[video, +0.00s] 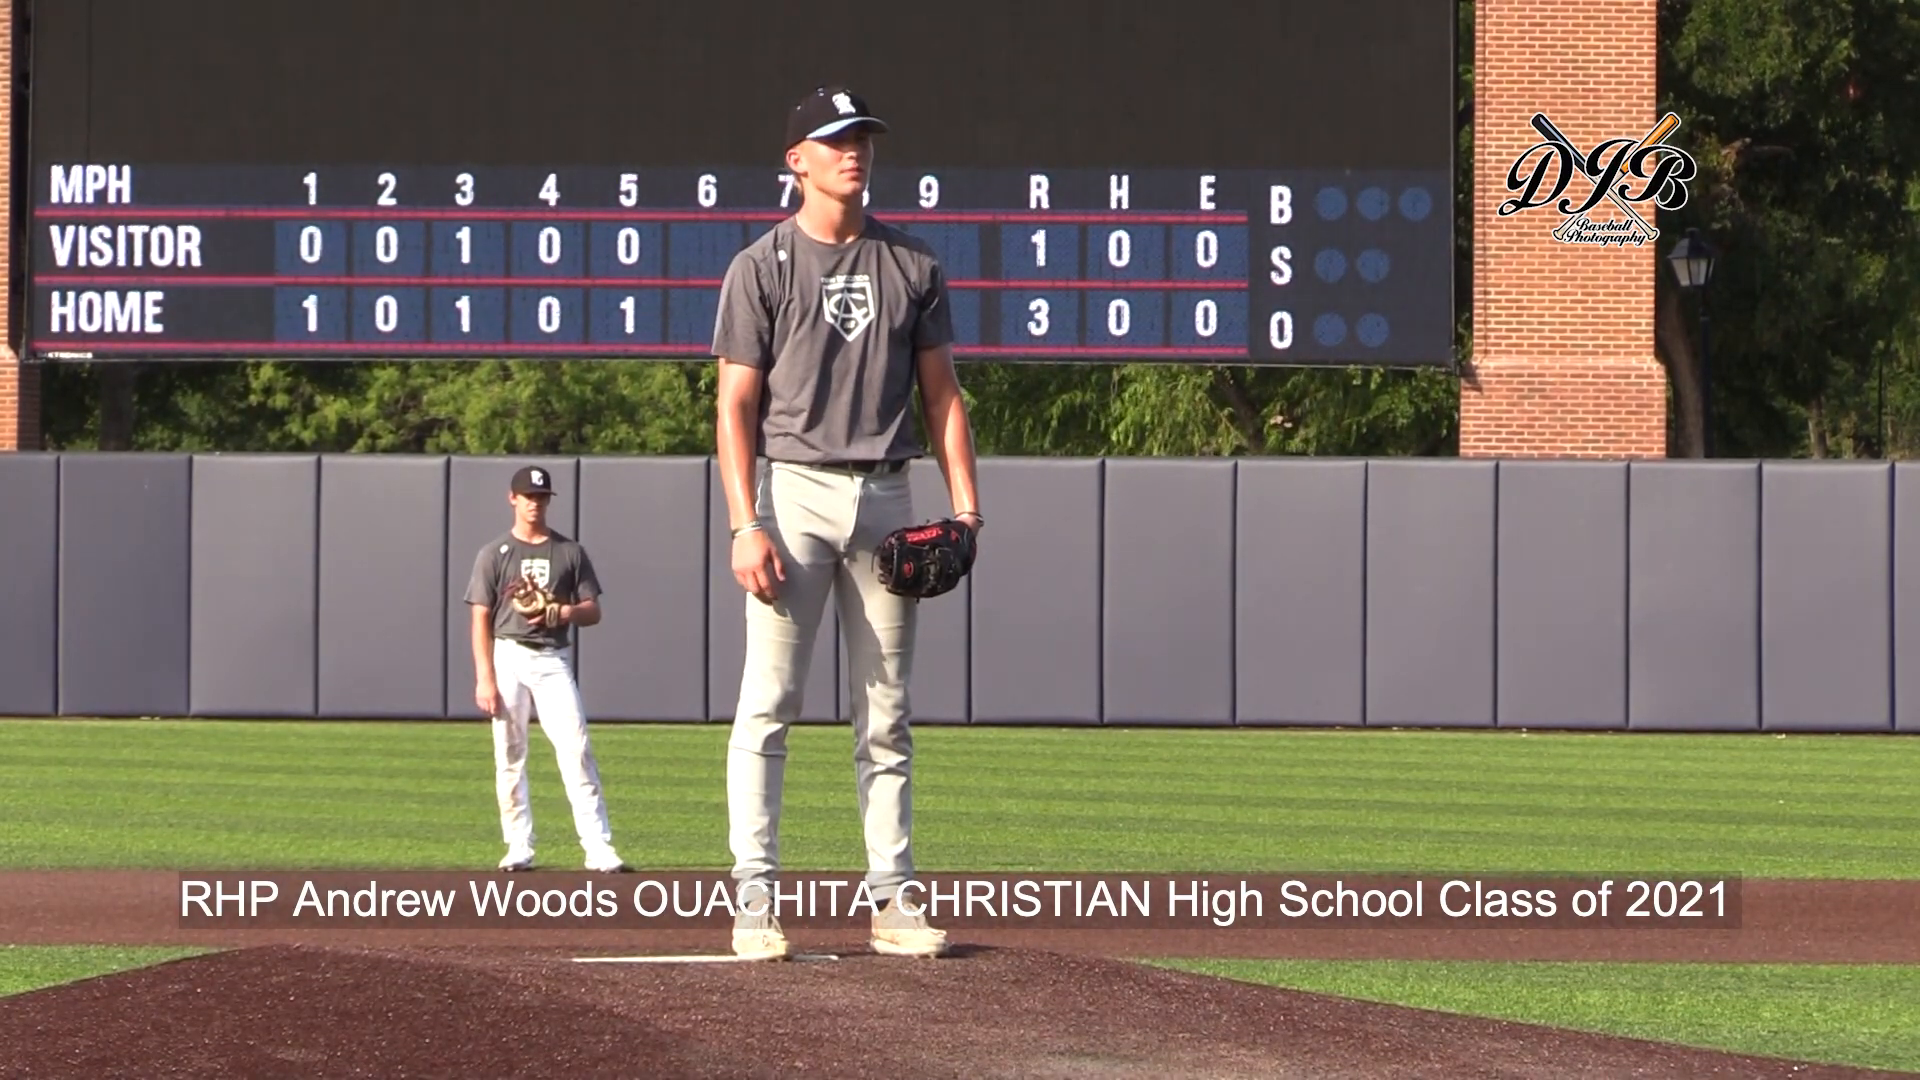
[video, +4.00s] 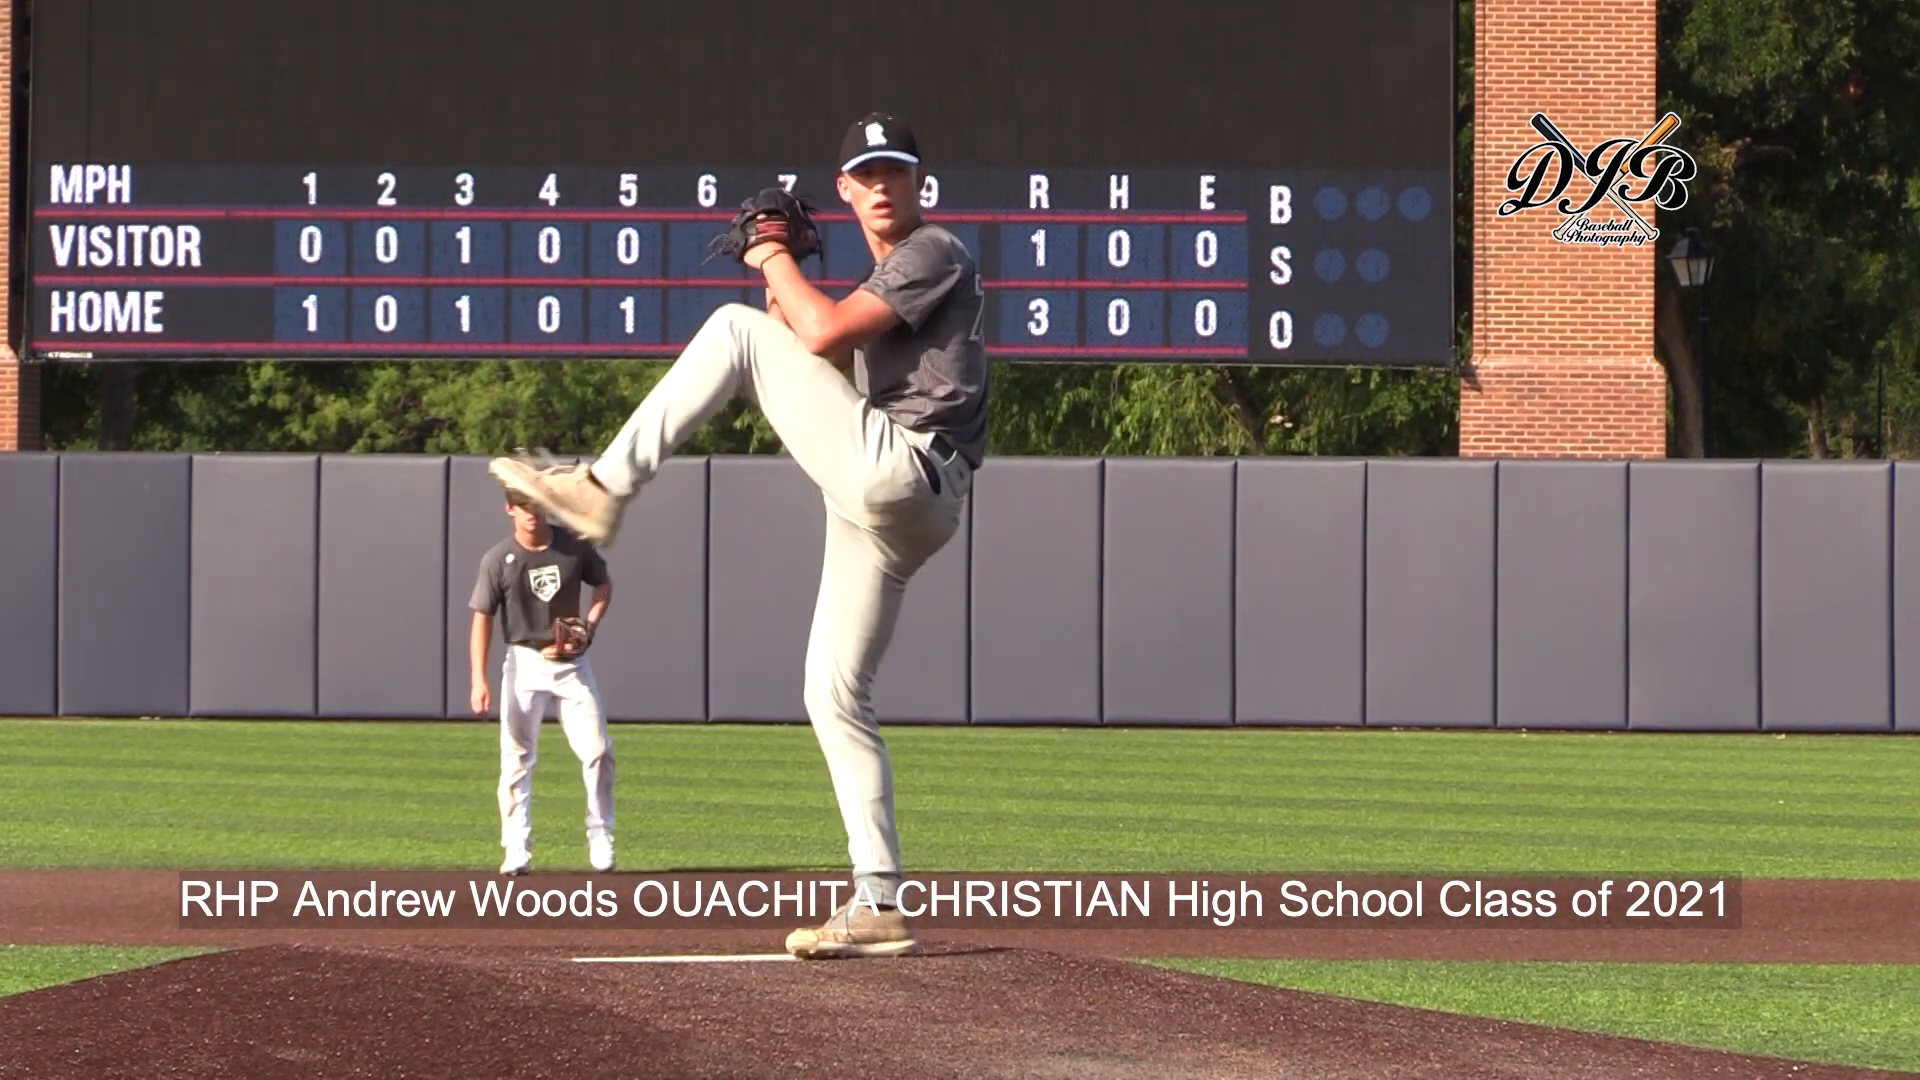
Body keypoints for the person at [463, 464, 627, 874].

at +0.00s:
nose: (535, 504)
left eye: (541, 497)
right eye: (528, 497)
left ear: (549, 500)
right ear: (513, 499)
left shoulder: (571, 552)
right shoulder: (493, 555)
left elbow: (592, 611)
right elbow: (480, 621)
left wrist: (560, 612)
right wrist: (485, 679)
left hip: (553, 659)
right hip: (506, 657)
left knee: (577, 749)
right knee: (509, 756)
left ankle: (600, 851)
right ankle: (518, 850)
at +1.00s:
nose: (532, 504)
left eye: (538, 497)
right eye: (525, 497)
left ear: (546, 500)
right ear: (509, 500)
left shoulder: (569, 551)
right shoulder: (491, 555)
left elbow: (591, 610)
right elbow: (479, 620)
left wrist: (558, 609)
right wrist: (483, 678)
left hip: (552, 658)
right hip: (505, 657)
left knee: (576, 750)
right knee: (509, 757)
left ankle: (600, 852)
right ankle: (519, 851)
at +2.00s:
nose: (536, 501)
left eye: (542, 494)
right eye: (529, 494)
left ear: (550, 498)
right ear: (514, 497)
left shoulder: (573, 547)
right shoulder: (493, 550)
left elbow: (594, 598)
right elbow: (478, 610)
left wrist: (571, 616)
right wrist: (487, 668)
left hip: (559, 657)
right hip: (512, 656)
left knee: (579, 742)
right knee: (513, 756)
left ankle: (585, 842)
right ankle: (519, 848)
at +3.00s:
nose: (586, 504)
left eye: (592, 497)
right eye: (579, 497)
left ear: (601, 499)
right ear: (565, 497)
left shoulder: (618, 554)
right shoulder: (539, 545)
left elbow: (636, 611)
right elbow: (518, 603)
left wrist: (607, 620)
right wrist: (518, 663)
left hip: (594, 660)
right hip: (548, 655)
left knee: (587, 757)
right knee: (534, 751)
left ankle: (578, 850)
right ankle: (522, 844)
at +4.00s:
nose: (532, 512)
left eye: (537, 505)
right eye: (524, 506)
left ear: (547, 508)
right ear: (509, 510)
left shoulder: (575, 548)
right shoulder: (497, 561)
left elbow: (602, 585)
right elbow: (481, 619)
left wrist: (587, 629)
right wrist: (478, 679)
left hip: (571, 666)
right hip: (523, 666)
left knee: (598, 752)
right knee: (516, 763)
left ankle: (601, 842)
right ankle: (516, 855)